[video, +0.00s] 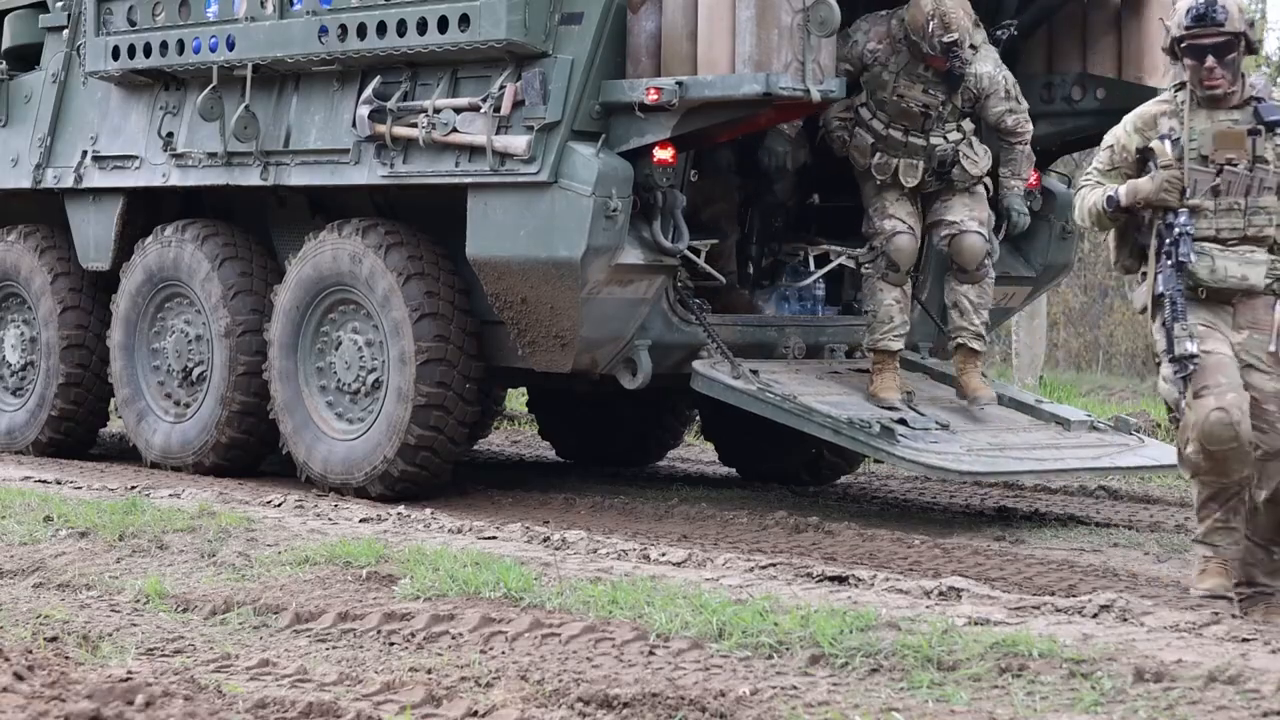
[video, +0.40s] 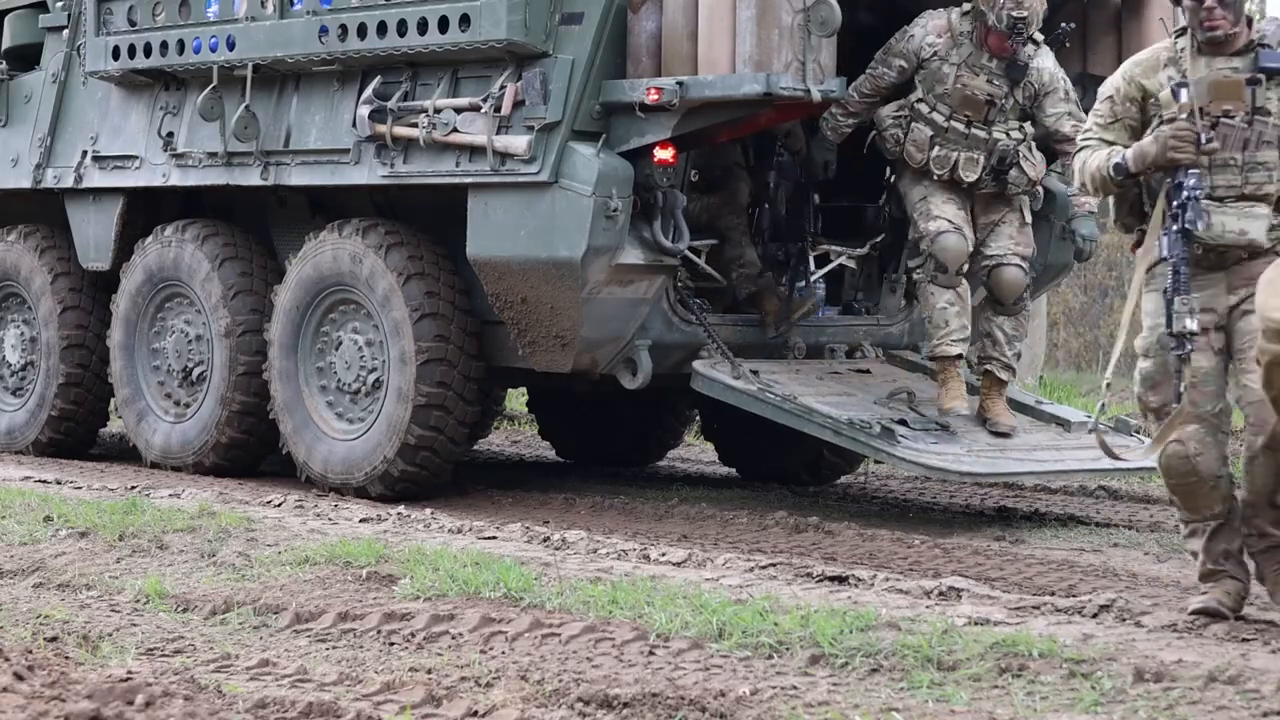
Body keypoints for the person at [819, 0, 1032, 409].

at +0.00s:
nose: (953, 61)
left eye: (959, 50)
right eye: (942, 52)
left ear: (969, 37)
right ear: (917, 37)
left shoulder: (983, 65)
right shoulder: (874, 38)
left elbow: (1015, 131)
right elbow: (821, 69)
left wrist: (1015, 194)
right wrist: (843, 132)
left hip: (957, 169)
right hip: (887, 164)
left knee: (971, 247)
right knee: (897, 247)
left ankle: (969, 367)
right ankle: (885, 368)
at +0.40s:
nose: (1012, 33)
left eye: (1024, 22)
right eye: (1007, 18)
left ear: (1034, 22)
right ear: (984, 10)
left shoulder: (1041, 65)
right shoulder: (933, 34)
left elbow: (1071, 143)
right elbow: (874, 85)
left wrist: (1082, 208)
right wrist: (828, 134)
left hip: (1003, 179)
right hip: (931, 167)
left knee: (1009, 278)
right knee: (949, 251)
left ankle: (994, 392)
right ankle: (949, 376)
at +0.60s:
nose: (1020, 26)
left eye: (1028, 18)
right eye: (1012, 15)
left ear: (1037, 15)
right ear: (986, 6)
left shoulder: (1049, 49)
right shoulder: (937, 37)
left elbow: (1094, 113)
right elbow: (878, 93)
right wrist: (836, 147)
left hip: (1020, 184)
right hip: (953, 180)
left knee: (1030, 296)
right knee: (977, 285)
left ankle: (997, 391)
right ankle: (968, 408)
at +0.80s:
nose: (1025, 28)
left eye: (1032, 20)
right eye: (1016, 18)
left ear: (1041, 19)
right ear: (991, 13)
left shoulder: (1062, 57)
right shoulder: (946, 57)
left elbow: (1115, 108)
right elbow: (898, 134)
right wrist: (865, 204)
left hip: (1036, 201)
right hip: (967, 200)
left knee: (1074, 294)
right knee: (996, 295)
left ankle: (1036, 400)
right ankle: (975, 419)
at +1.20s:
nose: (1067, 54)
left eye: (1075, 43)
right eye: (1056, 44)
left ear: (1088, 43)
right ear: (1032, 46)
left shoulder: (1096, 95)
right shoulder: (999, 95)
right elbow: (933, 146)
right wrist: (901, 204)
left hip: (1079, 245)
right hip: (1012, 245)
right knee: (1036, 349)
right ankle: (988, 435)